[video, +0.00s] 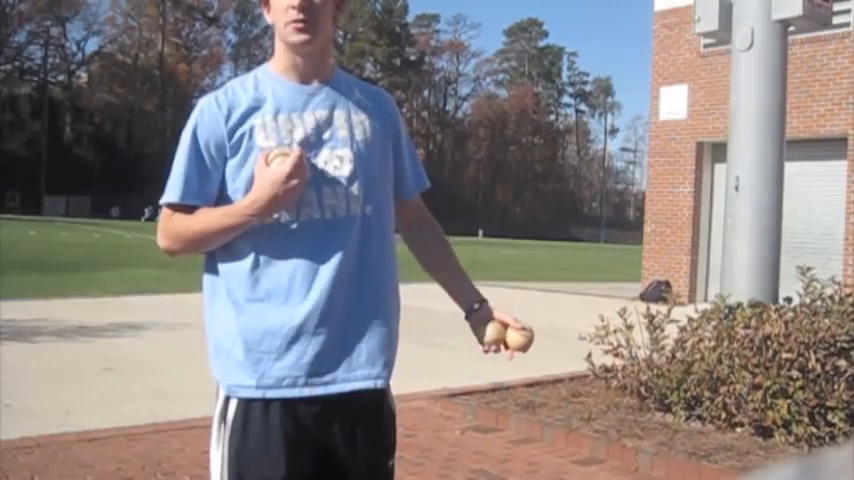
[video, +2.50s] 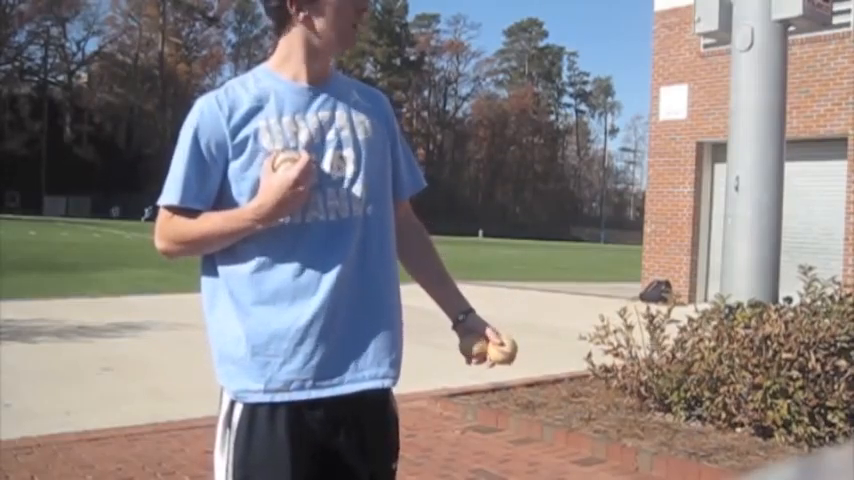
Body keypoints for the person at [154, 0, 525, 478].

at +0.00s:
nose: (301, 8)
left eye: (314, 0)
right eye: (288, 0)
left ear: (338, 10)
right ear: (267, 11)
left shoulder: (377, 108)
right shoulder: (220, 112)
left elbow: (415, 218)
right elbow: (171, 235)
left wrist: (477, 309)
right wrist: (256, 204)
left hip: (360, 382)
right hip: (260, 386)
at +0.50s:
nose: (305, 9)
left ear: (341, 10)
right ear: (269, 10)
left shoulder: (377, 110)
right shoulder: (220, 111)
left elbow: (410, 222)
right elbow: (171, 235)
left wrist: (470, 315)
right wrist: (256, 200)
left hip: (359, 382)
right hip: (259, 386)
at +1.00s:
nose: (303, 8)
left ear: (339, 10)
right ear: (268, 9)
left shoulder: (376, 111)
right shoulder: (218, 112)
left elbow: (409, 224)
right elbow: (169, 236)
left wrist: (468, 318)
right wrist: (254, 201)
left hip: (357, 385)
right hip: (256, 389)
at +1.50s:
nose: (305, 8)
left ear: (338, 10)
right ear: (268, 9)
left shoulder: (373, 109)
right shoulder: (216, 112)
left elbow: (405, 225)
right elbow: (169, 238)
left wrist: (463, 318)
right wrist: (258, 203)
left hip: (359, 386)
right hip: (260, 392)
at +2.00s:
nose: (303, 9)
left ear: (339, 10)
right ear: (266, 9)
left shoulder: (374, 109)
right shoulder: (217, 112)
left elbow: (409, 219)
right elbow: (169, 239)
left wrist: (474, 312)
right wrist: (257, 203)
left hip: (359, 383)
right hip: (260, 389)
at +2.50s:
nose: (364, 13)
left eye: (362, 4)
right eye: (352, 2)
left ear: (309, 13)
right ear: (302, 9)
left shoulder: (373, 108)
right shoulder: (220, 112)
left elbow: (404, 225)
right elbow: (168, 236)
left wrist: (464, 317)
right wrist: (262, 210)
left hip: (364, 388)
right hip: (266, 395)